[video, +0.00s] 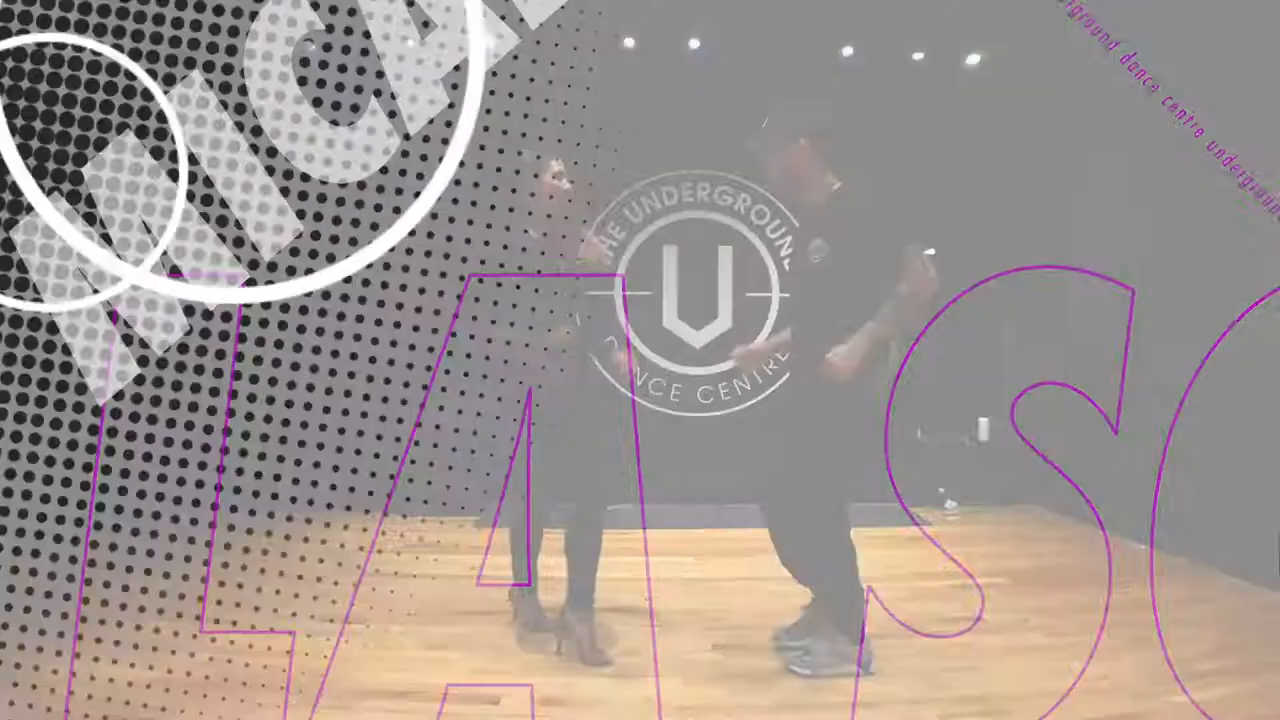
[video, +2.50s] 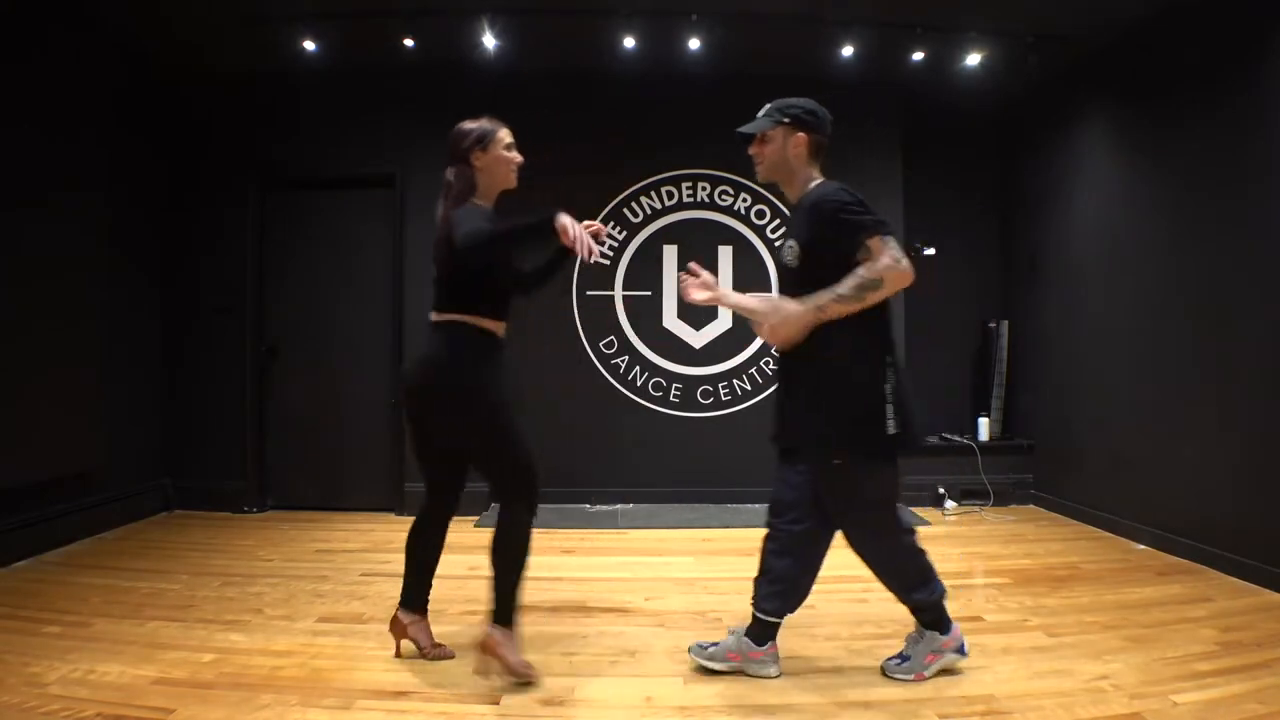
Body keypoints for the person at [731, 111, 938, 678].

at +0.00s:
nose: (768, 170)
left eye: (775, 154)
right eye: (766, 156)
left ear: (809, 147)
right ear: (793, 153)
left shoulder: (861, 219)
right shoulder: (797, 224)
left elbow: (915, 289)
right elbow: (813, 311)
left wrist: (858, 347)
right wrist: (769, 344)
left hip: (837, 384)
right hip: (798, 382)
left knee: (815, 495)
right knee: (784, 493)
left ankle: (846, 634)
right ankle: (828, 606)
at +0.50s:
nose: (756, 186)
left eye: (759, 171)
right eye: (752, 176)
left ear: (790, 155)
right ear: (786, 162)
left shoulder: (854, 209)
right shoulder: (804, 224)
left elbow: (911, 282)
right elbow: (820, 299)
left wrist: (848, 335)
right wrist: (765, 295)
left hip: (830, 388)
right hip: (796, 385)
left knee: (789, 503)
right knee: (790, 505)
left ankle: (853, 620)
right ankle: (826, 615)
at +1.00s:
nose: (774, 167)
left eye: (783, 156)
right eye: (774, 158)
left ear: (818, 157)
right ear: (813, 160)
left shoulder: (862, 214)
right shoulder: (833, 226)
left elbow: (928, 276)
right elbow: (845, 298)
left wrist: (859, 340)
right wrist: (795, 279)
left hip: (865, 400)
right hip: (847, 397)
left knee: (818, 515)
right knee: (841, 509)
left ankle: (853, 638)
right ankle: (932, 586)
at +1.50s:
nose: (826, 186)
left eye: (831, 173)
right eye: (822, 176)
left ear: (865, 160)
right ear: (855, 167)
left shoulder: (906, 224)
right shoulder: (878, 225)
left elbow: (940, 309)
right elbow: (899, 296)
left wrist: (877, 372)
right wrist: (850, 300)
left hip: (920, 401)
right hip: (887, 392)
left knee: (891, 512)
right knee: (851, 496)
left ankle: (905, 629)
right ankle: (931, 580)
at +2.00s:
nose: (839, 172)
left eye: (848, 160)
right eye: (838, 162)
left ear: (884, 158)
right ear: (870, 164)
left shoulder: (941, 219)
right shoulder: (873, 234)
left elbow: (961, 310)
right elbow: (888, 320)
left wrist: (889, 265)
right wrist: (875, 381)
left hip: (941, 397)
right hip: (908, 397)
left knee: (897, 523)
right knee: (931, 505)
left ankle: (943, 640)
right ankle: (992, 599)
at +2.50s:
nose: (753, 151)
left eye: (762, 139)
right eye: (753, 141)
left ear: (797, 139)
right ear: (790, 143)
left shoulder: (831, 202)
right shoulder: (802, 219)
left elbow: (895, 267)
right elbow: (794, 313)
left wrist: (809, 310)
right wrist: (722, 295)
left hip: (851, 403)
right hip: (812, 403)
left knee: (872, 520)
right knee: (793, 522)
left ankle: (939, 631)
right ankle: (758, 639)